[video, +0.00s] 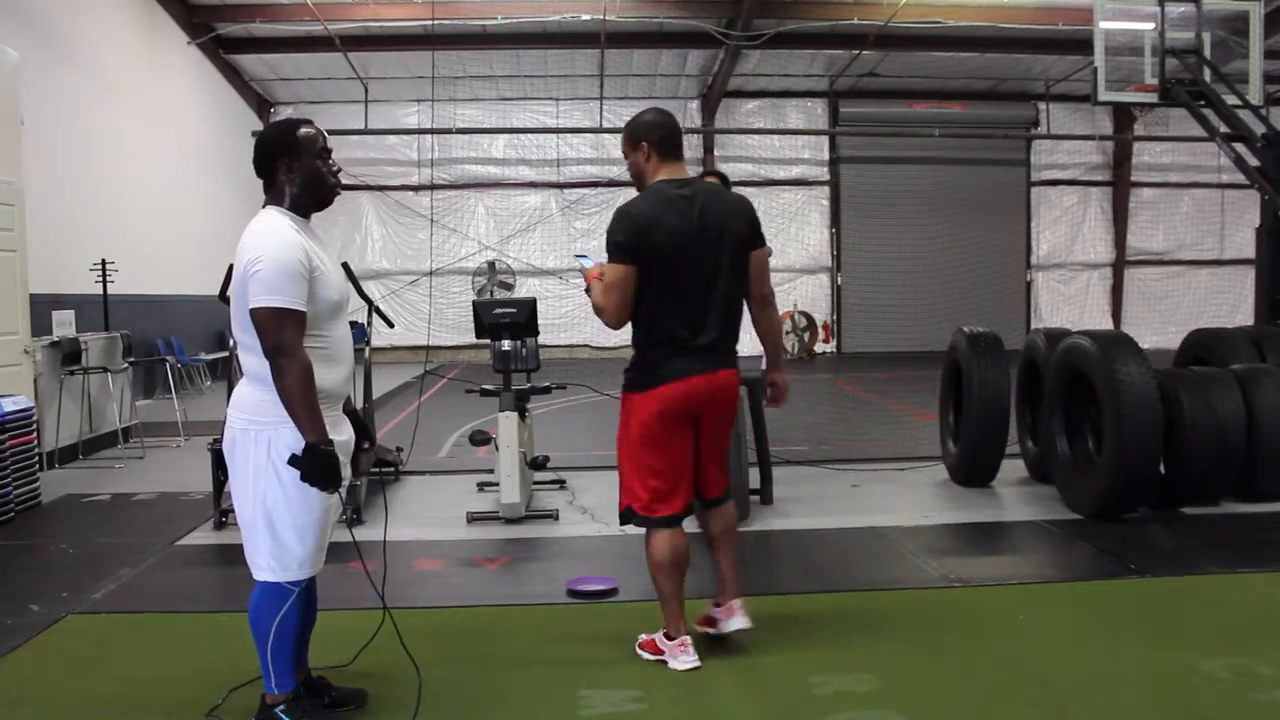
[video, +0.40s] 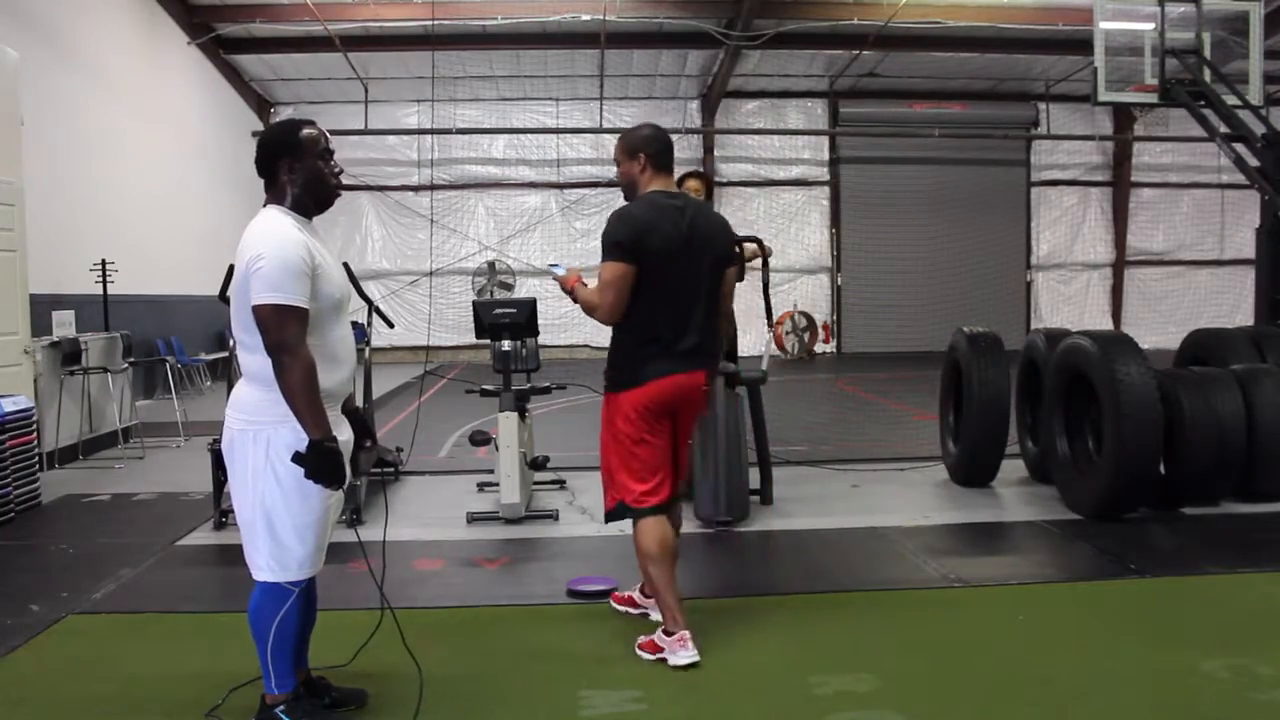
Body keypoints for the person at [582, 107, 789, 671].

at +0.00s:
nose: (627, 167)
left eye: (626, 157)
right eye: (626, 157)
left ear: (642, 152)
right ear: (678, 149)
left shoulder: (634, 216)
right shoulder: (735, 206)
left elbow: (615, 314)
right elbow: (761, 295)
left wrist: (596, 284)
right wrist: (775, 365)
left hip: (658, 389)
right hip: (720, 382)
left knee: (663, 517)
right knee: (715, 495)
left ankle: (676, 638)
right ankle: (730, 603)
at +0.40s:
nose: (619, 174)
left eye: (621, 165)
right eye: (619, 165)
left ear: (639, 164)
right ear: (668, 162)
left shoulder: (629, 221)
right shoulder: (714, 222)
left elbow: (608, 309)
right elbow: (722, 306)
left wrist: (577, 290)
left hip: (640, 382)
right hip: (695, 376)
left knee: (648, 505)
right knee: (667, 495)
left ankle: (677, 634)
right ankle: (654, 592)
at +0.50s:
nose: (618, 175)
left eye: (621, 166)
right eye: (617, 166)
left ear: (642, 163)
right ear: (663, 163)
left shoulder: (630, 219)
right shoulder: (706, 218)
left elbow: (614, 303)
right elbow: (719, 287)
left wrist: (577, 287)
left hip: (637, 384)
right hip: (688, 376)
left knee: (641, 501)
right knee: (660, 494)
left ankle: (674, 628)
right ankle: (651, 593)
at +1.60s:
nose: (627, 173)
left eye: (637, 164)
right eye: (625, 164)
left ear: (668, 163)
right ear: (635, 166)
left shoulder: (696, 222)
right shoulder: (652, 217)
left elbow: (694, 303)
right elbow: (650, 295)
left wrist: (622, 286)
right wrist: (614, 286)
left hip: (675, 381)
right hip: (635, 378)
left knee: (672, 491)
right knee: (624, 478)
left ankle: (681, 603)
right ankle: (653, 582)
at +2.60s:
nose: (641, 165)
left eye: (651, 158)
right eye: (636, 159)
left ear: (672, 167)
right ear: (630, 170)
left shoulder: (704, 219)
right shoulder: (624, 233)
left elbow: (733, 290)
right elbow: (614, 306)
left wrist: (675, 288)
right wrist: (597, 369)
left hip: (688, 375)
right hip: (638, 376)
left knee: (683, 486)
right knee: (649, 483)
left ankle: (682, 603)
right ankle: (674, 575)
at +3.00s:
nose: (646, 167)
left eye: (656, 160)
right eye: (642, 161)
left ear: (681, 168)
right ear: (639, 172)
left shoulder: (715, 217)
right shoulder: (639, 238)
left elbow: (745, 283)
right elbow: (635, 309)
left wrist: (684, 288)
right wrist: (625, 373)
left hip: (709, 369)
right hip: (658, 371)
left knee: (714, 473)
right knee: (666, 475)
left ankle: (747, 566)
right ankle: (675, 573)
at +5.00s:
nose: (632, 171)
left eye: (641, 163)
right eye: (627, 165)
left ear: (665, 169)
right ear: (624, 175)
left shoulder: (703, 217)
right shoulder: (626, 238)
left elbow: (737, 278)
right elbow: (618, 308)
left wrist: (683, 298)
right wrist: (596, 365)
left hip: (698, 369)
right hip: (646, 372)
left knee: (702, 474)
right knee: (659, 474)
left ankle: (747, 556)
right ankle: (673, 573)